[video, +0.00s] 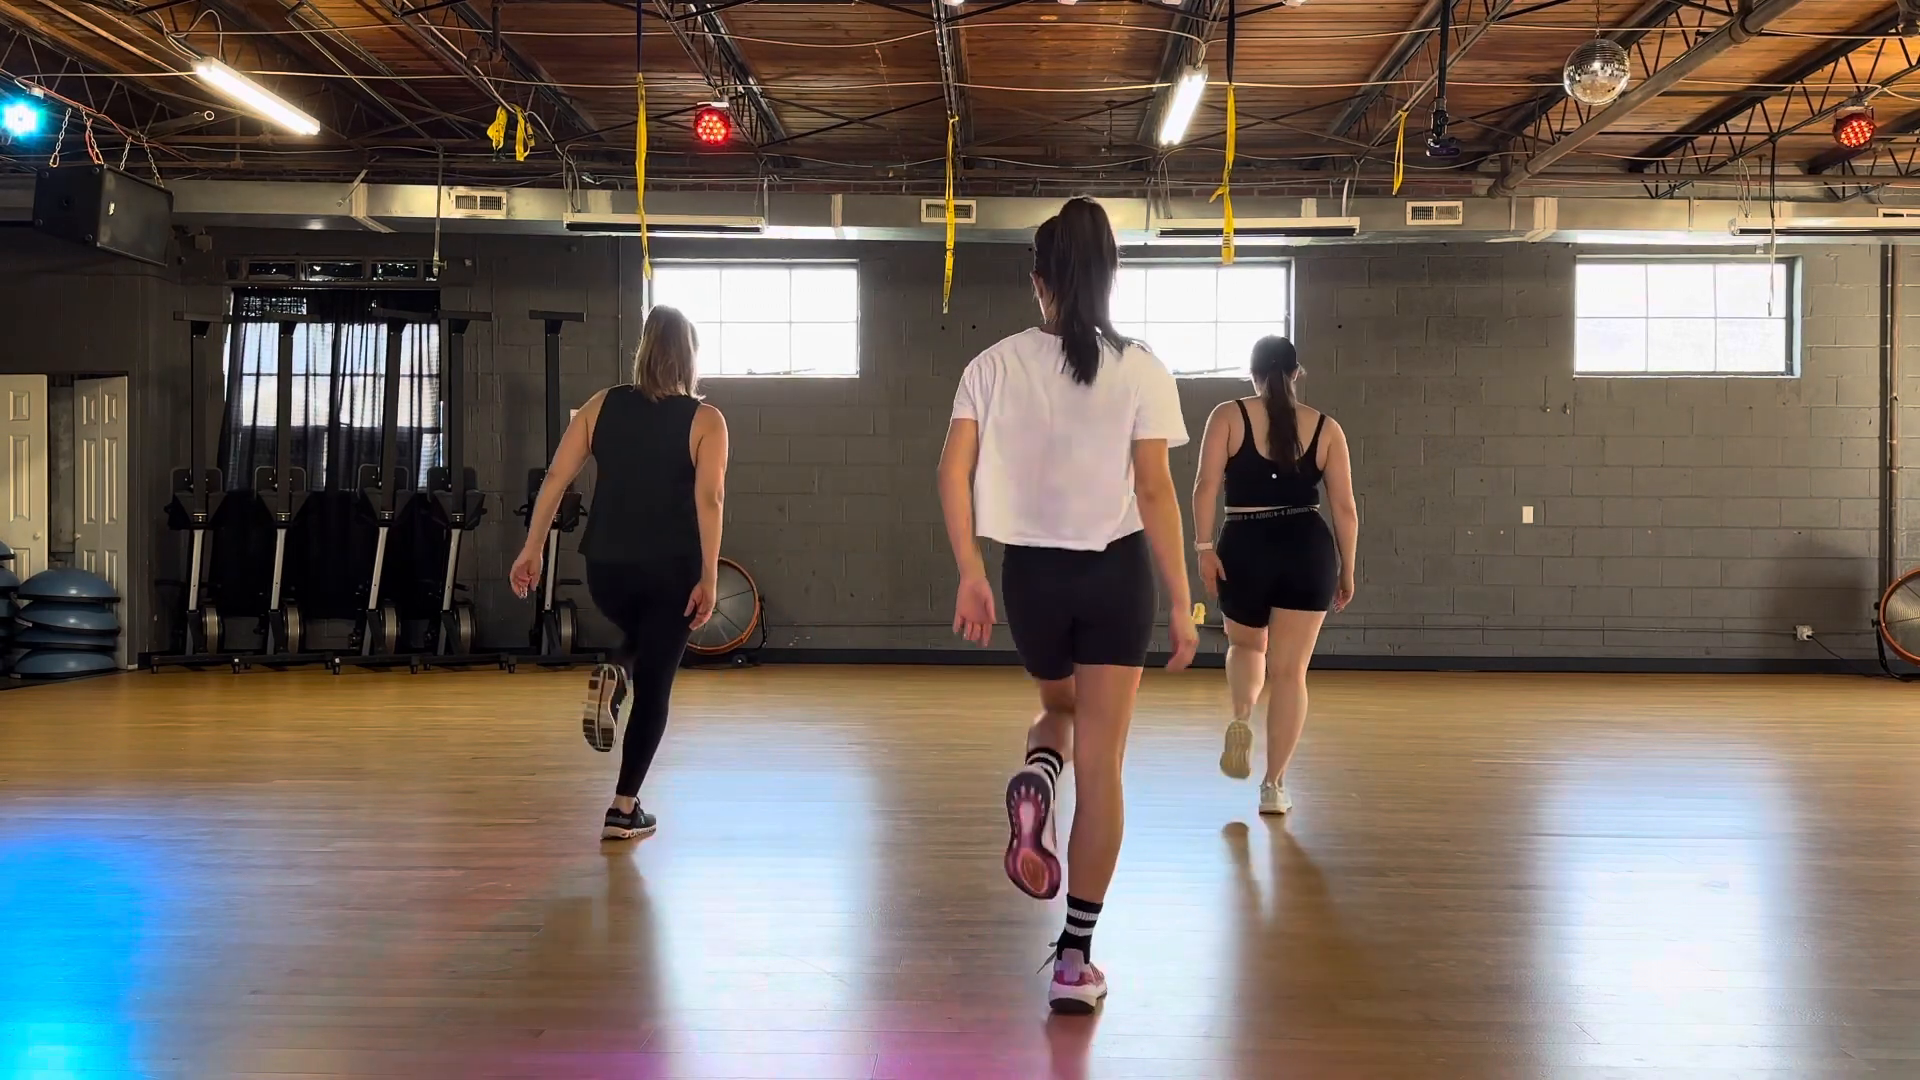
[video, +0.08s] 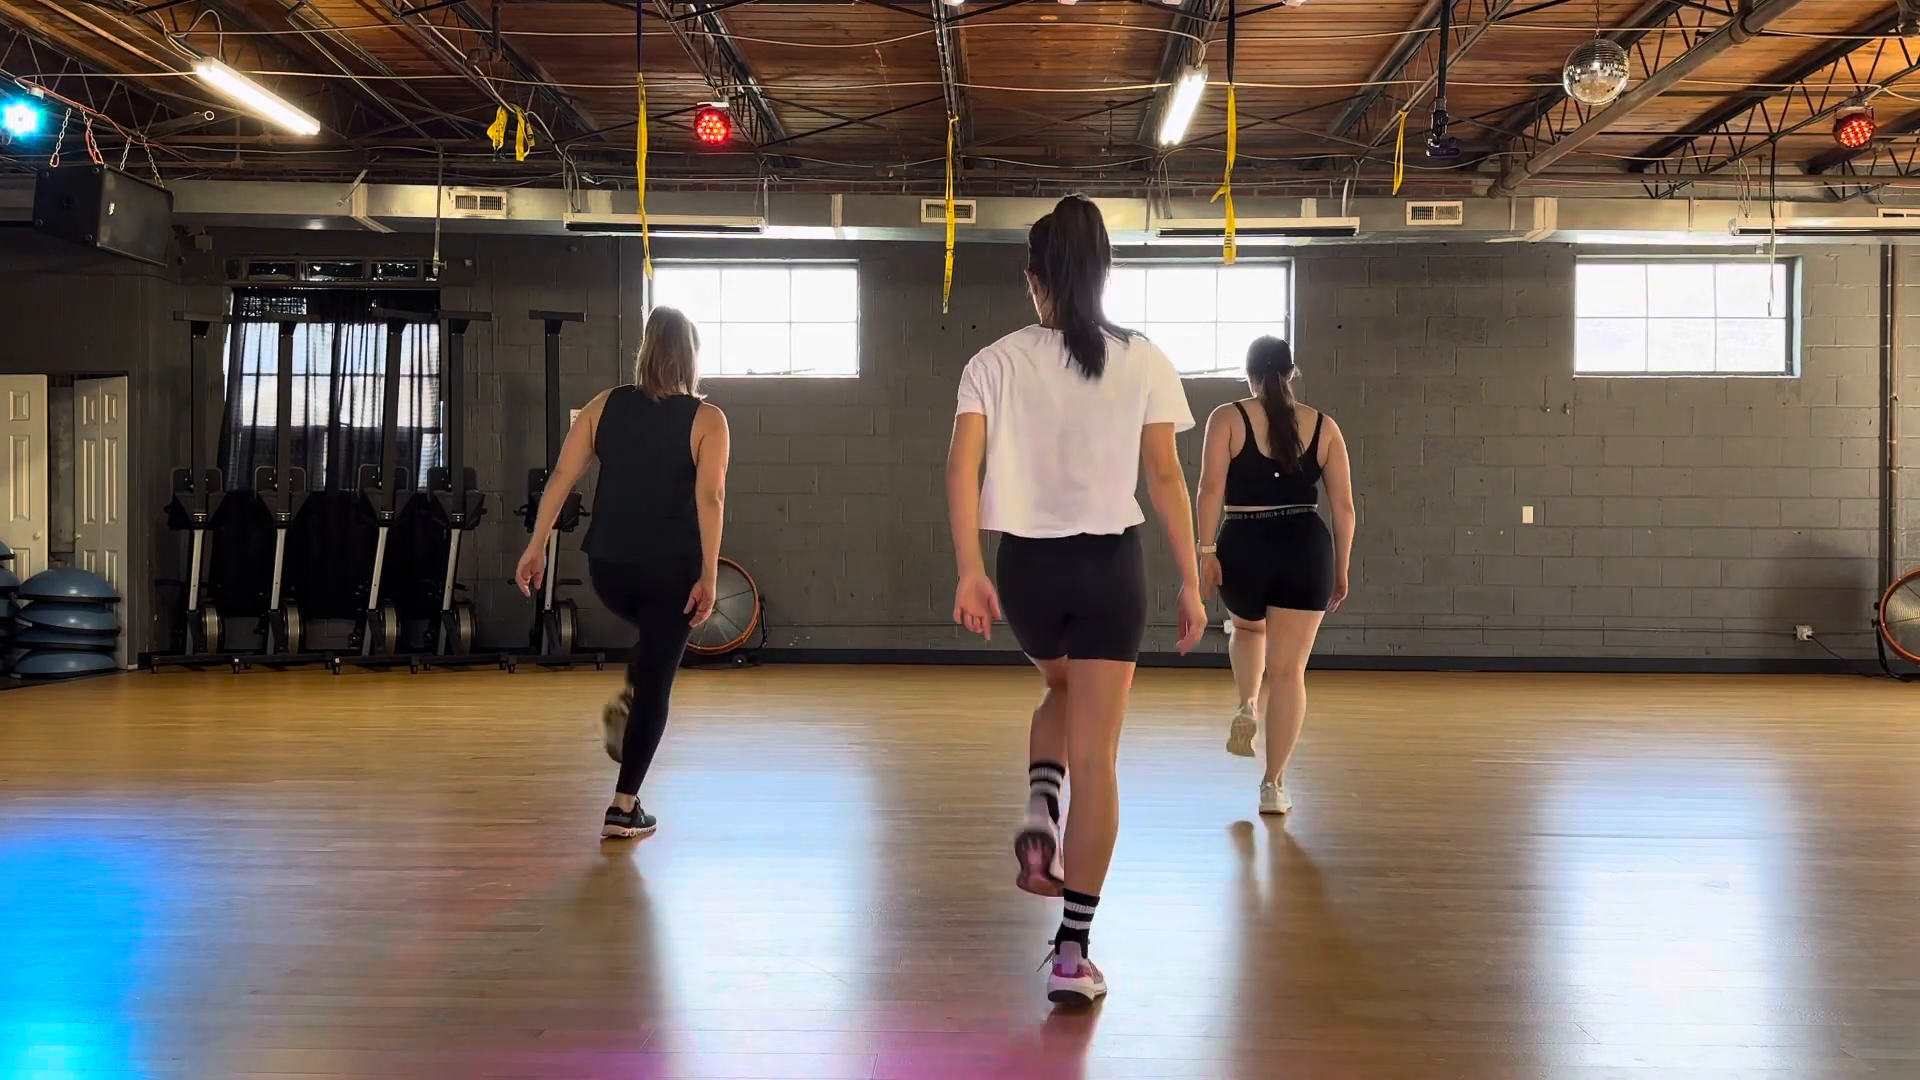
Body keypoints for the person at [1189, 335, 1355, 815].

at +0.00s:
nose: (1287, 377)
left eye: (1258, 371)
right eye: (1293, 368)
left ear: (1253, 374)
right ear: (1297, 373)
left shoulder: (1228, 416)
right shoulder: (1326, 428)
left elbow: (1206, 485)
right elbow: (1344, 507)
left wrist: (1204, 546)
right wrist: (1348, 568)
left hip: (1245, 551)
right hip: (1309, 554)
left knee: (1247, 646)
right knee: (1290, 671)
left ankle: (1241, 717)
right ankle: (1274, 783)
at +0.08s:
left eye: (1254, 370)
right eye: (1286, 369)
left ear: (1250, 374)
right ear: (1293, 373)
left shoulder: (1227, 418)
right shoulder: (1324, 426)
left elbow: (1212, 487)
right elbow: (1343, 506)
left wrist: (1206, 547)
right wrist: (1342, 567)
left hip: (1244, 550)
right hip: (1307, 553)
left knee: (1248, 627)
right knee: (1288, 671)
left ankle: (1247, 706)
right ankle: (1274, 783)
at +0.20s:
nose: (1254, 380)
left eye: (1247, 372)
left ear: (1245, 377)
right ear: (1287, 374)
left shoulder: (1226, 422)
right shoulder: (1320, 425)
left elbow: (1218, 496)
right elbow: (1341, 502)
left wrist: (1202, 563)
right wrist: (1334, 562)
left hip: (1242, 550)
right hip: (1304, 553)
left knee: (1249, 633)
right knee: (1287, 670)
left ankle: (1253, 732)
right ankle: (1273, 780)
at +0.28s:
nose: (1249, 384)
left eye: (1243, 376)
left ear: (1242, 381)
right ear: (1283, 377)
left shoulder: (1224, 430)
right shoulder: (1318, 428)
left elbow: (1217, 508)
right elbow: (1337, 505)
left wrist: (1202, 572)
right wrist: (1332, 565)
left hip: (1243, 556)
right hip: (1304, 557)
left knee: (1249, 656)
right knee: (1287, 670)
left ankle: (1253, 746)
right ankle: (1274, 780)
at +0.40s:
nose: (1248, 391)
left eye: (1242, 383)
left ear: (1238, 387)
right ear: (1280, 383)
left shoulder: (1221, 440)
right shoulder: (1316, 436)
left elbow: (1215, 515)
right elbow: (1328, 510)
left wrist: (1198, 577)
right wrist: (1336, 568)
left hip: (1241, 564)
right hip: (1303, 562)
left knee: (1247, 670)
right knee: (1285, 670)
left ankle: (1253, 758)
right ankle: (1274, 777)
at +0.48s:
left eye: (1238, 385)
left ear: (1234, 390)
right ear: (1275, 386)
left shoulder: (1216, 446)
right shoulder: (1309, 439)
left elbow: (1208, 520)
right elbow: (1324, 510)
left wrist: (1188, 579)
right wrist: (1347, 567)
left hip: (1239, 564)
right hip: (1299, 562)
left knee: (1246, 669)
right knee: (1284, 667)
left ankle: (1254, 759)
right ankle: (1274, 769)